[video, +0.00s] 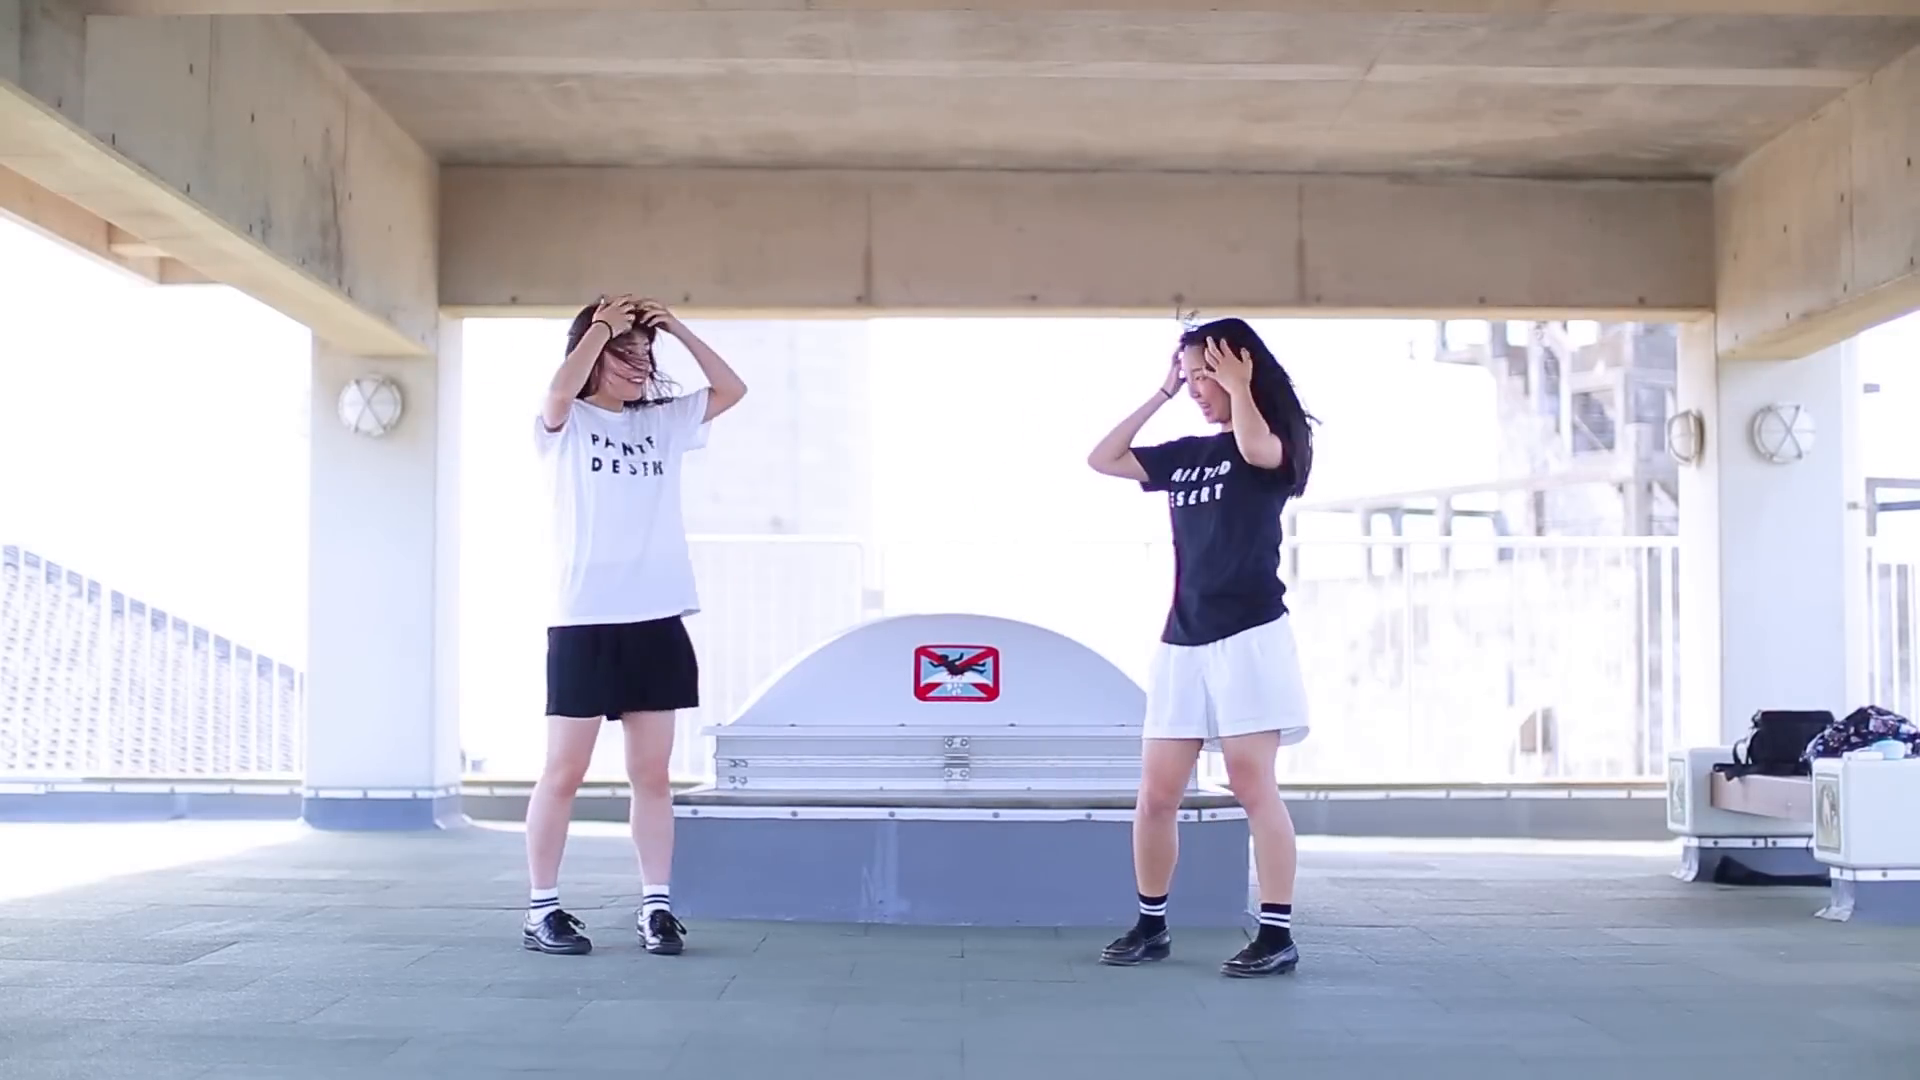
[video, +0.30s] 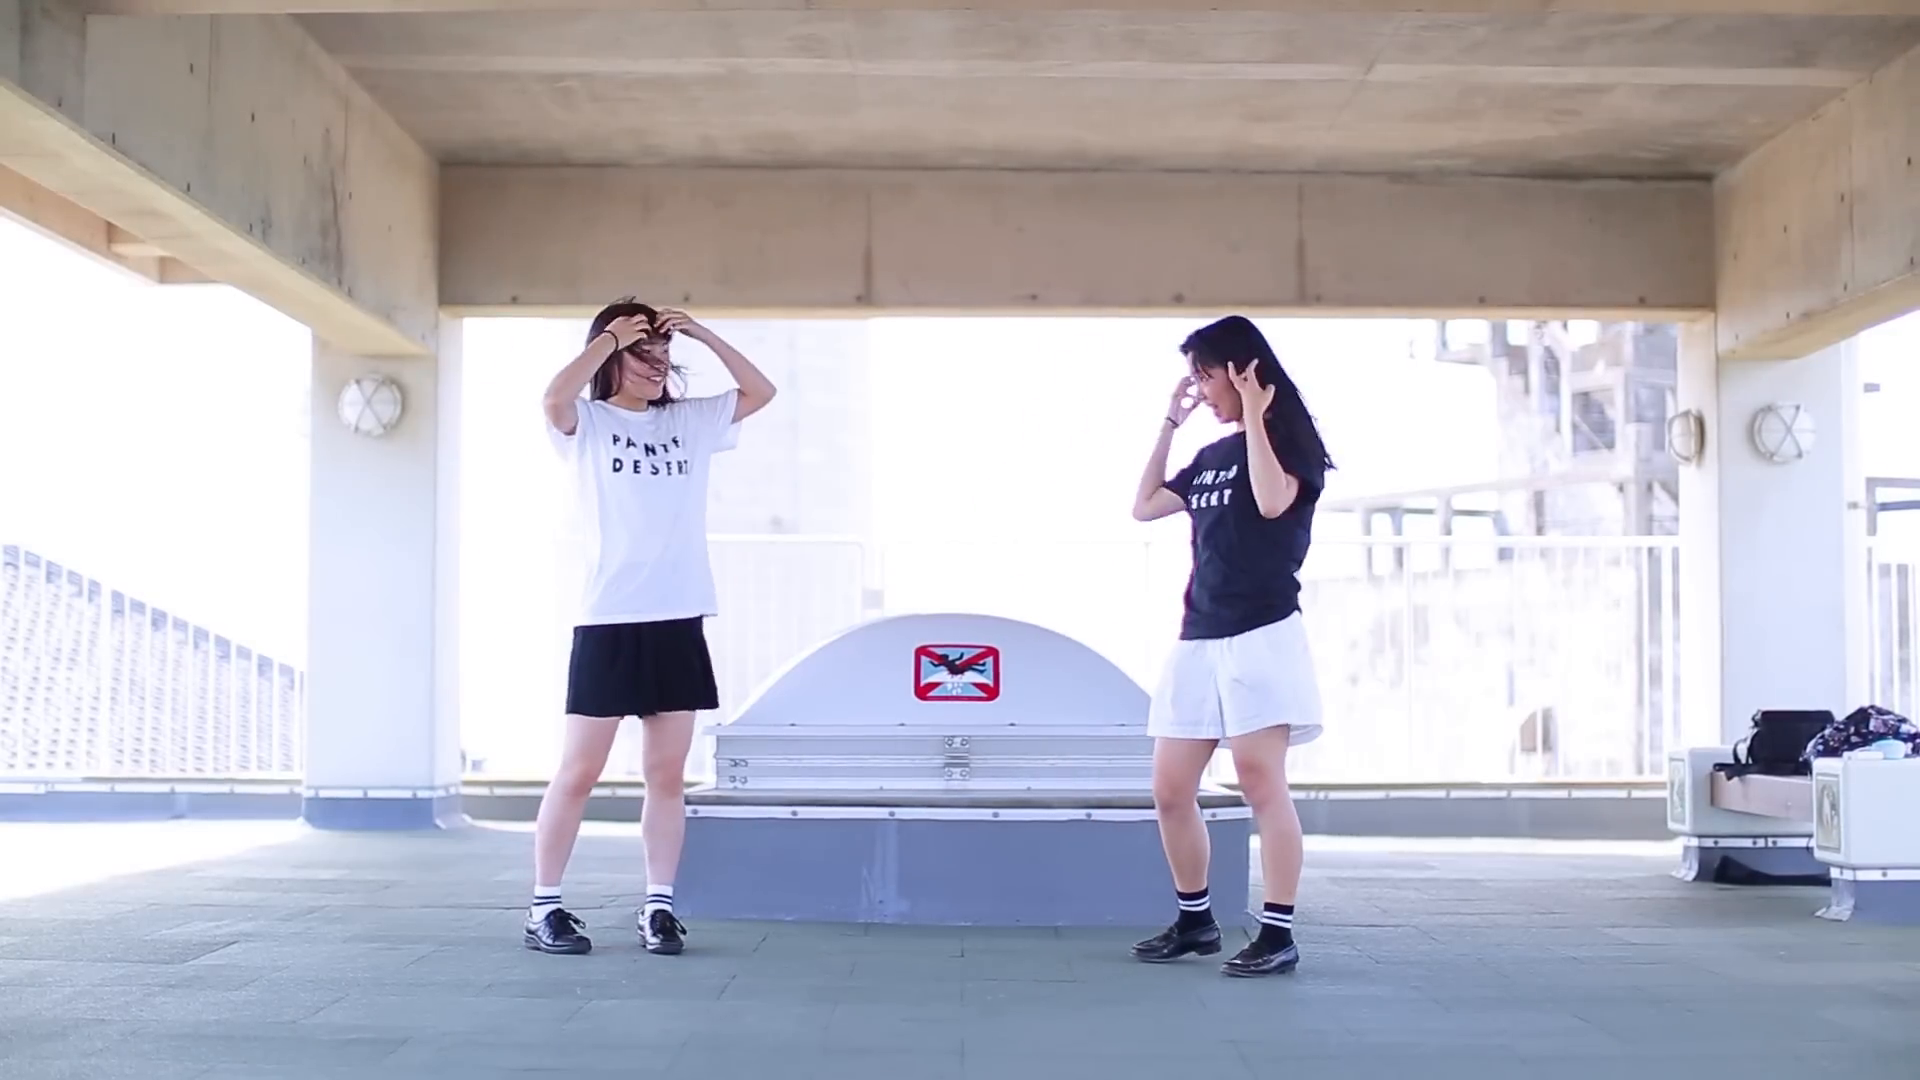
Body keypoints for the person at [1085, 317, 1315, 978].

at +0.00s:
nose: (1196, 393)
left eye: (1205, 379)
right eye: (1189, 383)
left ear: (1242, 377)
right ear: (1189, 386)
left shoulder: (1282, 442)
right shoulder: (1187, 453)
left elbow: (1258, 451)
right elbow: (1105, 458)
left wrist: (1244, 387)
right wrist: (1161, 396)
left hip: (1251, 637)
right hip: (1182, 642)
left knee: (1253, 786)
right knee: (1156, 796)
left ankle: (1275, 936)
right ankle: (1150, 926)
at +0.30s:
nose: (1197, 388)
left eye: (1205, 375)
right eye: (1195, 377)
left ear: (1245, 370)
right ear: (1216, 379)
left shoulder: (1292, 441)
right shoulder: (1215, 457)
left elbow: (1272, 502)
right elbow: (1146, 506)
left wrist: (1252, 418)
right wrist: (1171, 425)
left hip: (1262, 635)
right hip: (1198, 640)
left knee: (1262, 781)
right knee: (1171, 791)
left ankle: (1276, 936)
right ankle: (1194, 922)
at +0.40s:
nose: (1194, 389)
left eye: (1201, 374)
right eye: (1191, 377)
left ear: (1237, 371)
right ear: (1213, 379)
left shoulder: (1286, 437)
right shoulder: (1211, 455)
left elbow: (1283, 523)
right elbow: (1176, 541)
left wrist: (1239, 442)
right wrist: (1145, 467)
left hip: (1259, 636)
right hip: (1197, 640)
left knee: (1258, 782)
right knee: (1173, 794)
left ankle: (1276, 936)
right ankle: (1195, 920)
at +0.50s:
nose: (1182, 385)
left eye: (1190, 371)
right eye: (1180, 371)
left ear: (1228, 373)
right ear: (1211, 374)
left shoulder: (1280, 440)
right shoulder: (1204, 452)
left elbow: (1296, 540)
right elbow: (1196, 551)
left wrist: (1227, 499)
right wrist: (1120, 538)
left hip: (1254, 635)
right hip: (1192, 640)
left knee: (1257, 784)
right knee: (1172, 795)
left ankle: (1275, 935)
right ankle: (1185, 923)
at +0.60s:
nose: (1166, 383)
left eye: (1174, 370)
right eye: (1165, 371)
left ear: (1213, 373)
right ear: (1200, 377)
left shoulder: (1260, 439)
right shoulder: (1190, 455)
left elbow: (1291, 542)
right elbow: (1188, 560)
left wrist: (1233, 564)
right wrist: (1127, 611)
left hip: (1245, 639)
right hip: (1185, 643)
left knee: (1252, 782)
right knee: (1167, 793)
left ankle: (1275, 935)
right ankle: (1180, 925)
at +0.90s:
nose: (1140, 401)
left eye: (1147, 386)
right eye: (1133, 390)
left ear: (1182, 375)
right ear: (1135, 389)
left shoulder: (1230, 439)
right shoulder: (1147, 453)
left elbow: (1245, 542)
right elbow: (1146, 545)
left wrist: (1177, 526)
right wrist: (1099, 562)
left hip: (1216, 635)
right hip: (1151, 638)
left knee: (1215, 777)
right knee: (1154, 785)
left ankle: (1260, 928)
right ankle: (1179, 925)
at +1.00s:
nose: (1141, 415)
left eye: (1148, 403)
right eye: (1134, 405)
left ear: (1179, 390)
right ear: (1137, 399)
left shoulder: (1230, 436)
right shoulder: (1141, 446)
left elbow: (1216, 521)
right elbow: (1104, 539)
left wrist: (1161, 450)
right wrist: (1077, 496)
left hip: (1214, 632)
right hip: (1147, 637)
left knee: (1212, 772)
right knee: (1154, 785)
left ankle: (1246, 924)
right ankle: (1178, 927)